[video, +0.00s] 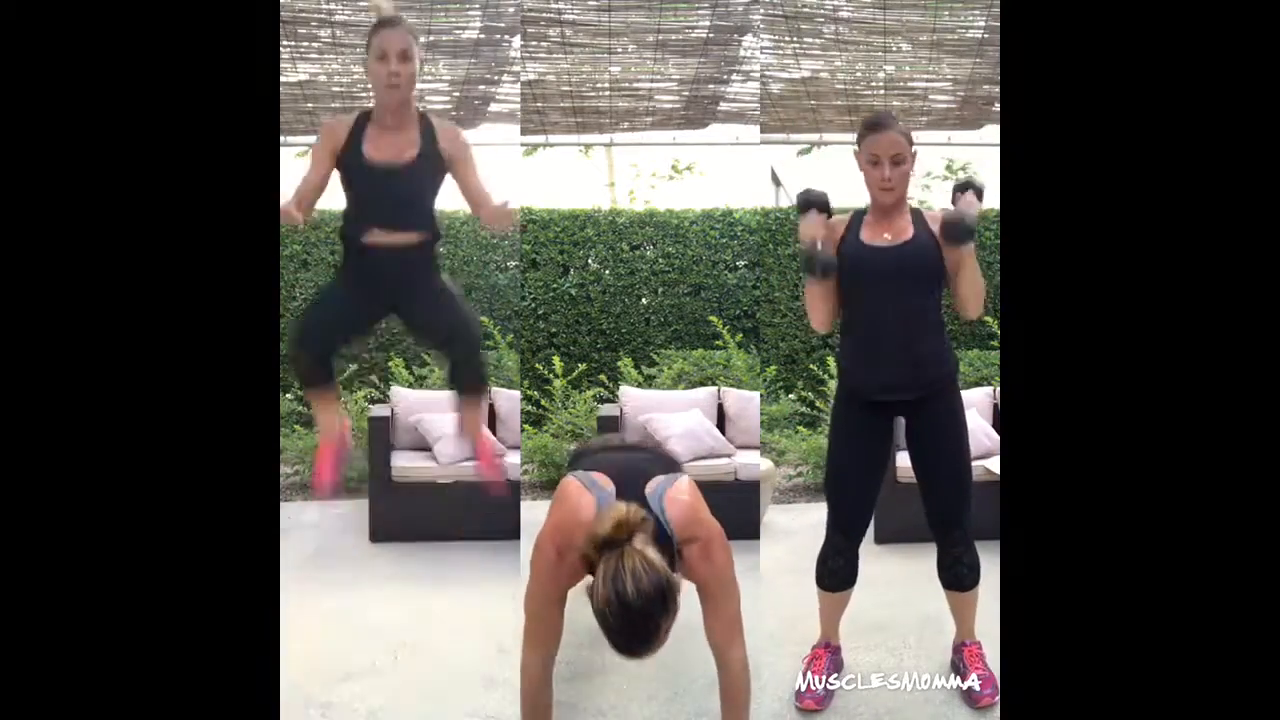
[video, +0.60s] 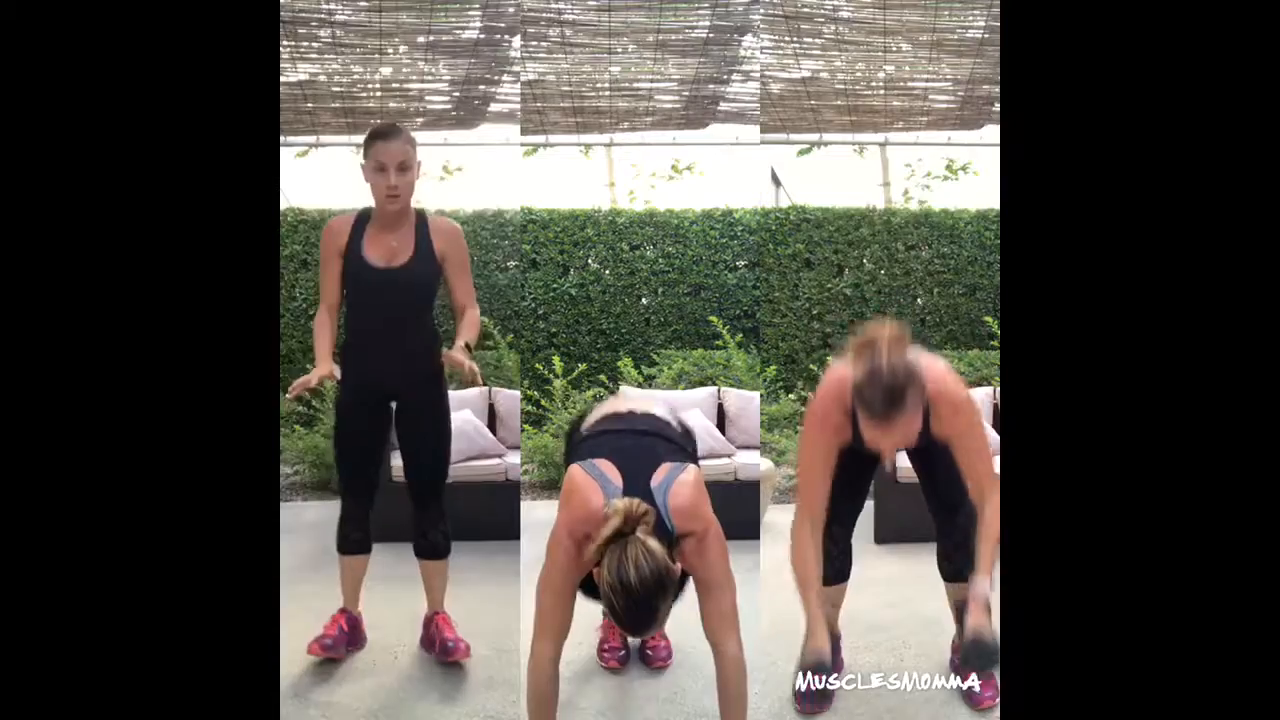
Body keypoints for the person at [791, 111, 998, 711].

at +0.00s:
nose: (885, 172)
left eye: (896, 161)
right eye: (873, 162)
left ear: (912, 162)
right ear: (858, 166)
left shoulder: (938, 226)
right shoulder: (839, 233)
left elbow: (971, 308)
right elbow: (821, 322)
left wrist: (962, 240)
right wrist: (817, 254)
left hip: (934, 393)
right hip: (861, 395)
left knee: (955, 530)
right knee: (842, 533)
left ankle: (968, 646)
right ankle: (826, 648)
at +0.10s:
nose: (884, 174)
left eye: (895, 161)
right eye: (872, 163)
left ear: (912, 161)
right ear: (857, 166)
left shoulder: (940, 225)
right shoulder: (836, 228)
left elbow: (968, 313)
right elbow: (820, 319)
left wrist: (959, 258)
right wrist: (815, 296)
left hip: (932, 394)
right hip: (861, 395)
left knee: (953, 529)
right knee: (842, 530)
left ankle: (968, 646)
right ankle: (827, 647)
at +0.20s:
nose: (884, 193)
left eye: (895, 178)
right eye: (871, 181)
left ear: (912, 169)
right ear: (855, 176)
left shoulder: (942, 232)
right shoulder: (833, 235)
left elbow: (968, 321)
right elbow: (814, 317)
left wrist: (963, 296)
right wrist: (812, 352)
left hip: (931, 395)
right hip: (859, 396)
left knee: (951, 527)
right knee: (841, 527)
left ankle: (968, 646)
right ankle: (826, 647)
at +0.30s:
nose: (885, 235)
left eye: (896, 221)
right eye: (872, 223)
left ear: (915, 209)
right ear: (854, 213)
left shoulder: (946, 259)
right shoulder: (828, 262)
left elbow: (972, 332)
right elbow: (809, 343)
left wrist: (969, 370)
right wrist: (808, 401)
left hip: (930, 402)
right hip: (858, 404)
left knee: (951, 527)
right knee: (841, 526)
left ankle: (968, 646)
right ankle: (826, 647)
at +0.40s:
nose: (887, 297)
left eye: (898, 284)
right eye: (875, 286)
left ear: (916, 262)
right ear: (855, 269)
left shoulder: (949, 298)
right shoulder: (824, 306)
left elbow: (983, 375)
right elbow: (804, 397)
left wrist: (977, 427)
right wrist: (811, 471)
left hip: (928, 402)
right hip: (858, 405)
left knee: (949, 517)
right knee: (838, 523)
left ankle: (967, 646)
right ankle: (825, 648)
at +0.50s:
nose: (885, 372)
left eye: (896, 360)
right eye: (874, 362)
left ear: (916, 336)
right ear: (856, 340)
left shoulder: (948, 344)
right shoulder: (825, 352)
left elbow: (990, 434)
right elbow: (804, 460)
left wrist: (975, 517)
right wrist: (813, 553)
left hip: (928, 407)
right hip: (855, 412)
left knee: (953, 525)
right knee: (832, 528)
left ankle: (966, 645)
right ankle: (826, 648)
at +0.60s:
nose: (889, 450)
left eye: (901, 435)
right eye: (876, 437)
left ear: (920, 404)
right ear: (857, 409)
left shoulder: (944, 390)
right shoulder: (832, 394)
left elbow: (988, 497)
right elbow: (807, 522)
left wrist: (980, 596)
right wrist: (815, 627)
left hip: (929, 423)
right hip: (855, 425)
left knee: (958, 524)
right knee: (830, 532)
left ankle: (967, 644)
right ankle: (824, 645)